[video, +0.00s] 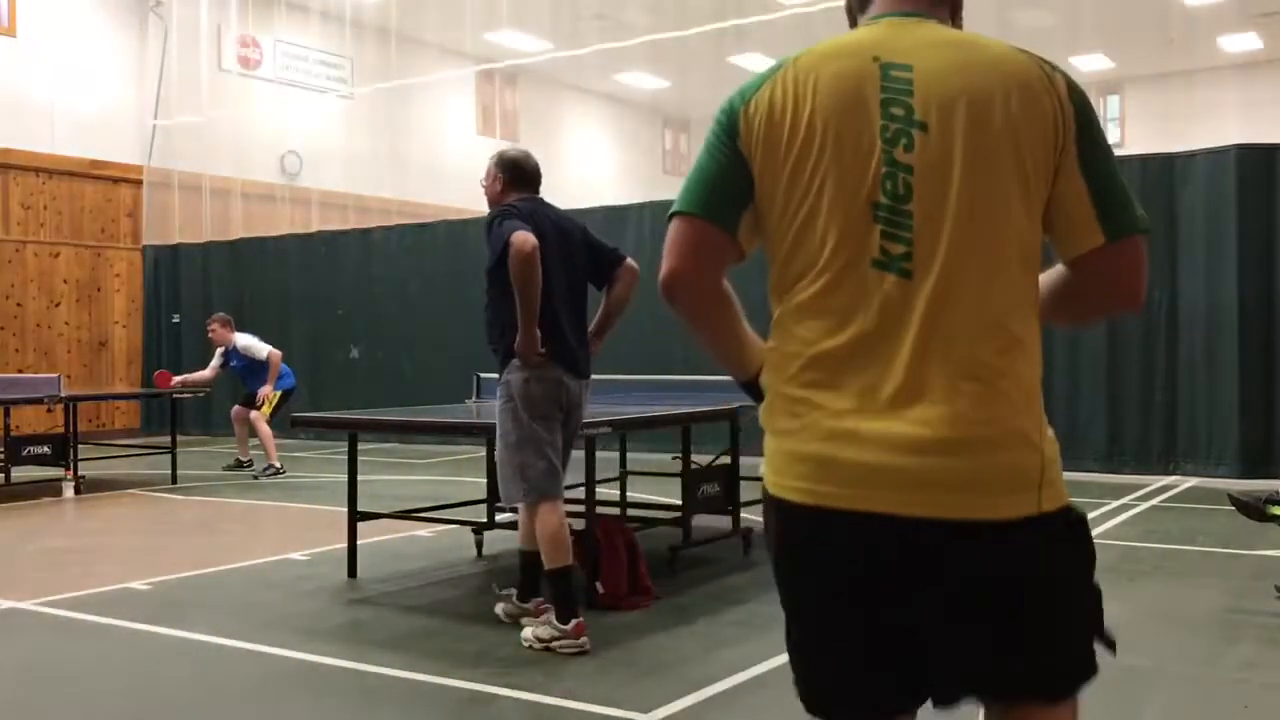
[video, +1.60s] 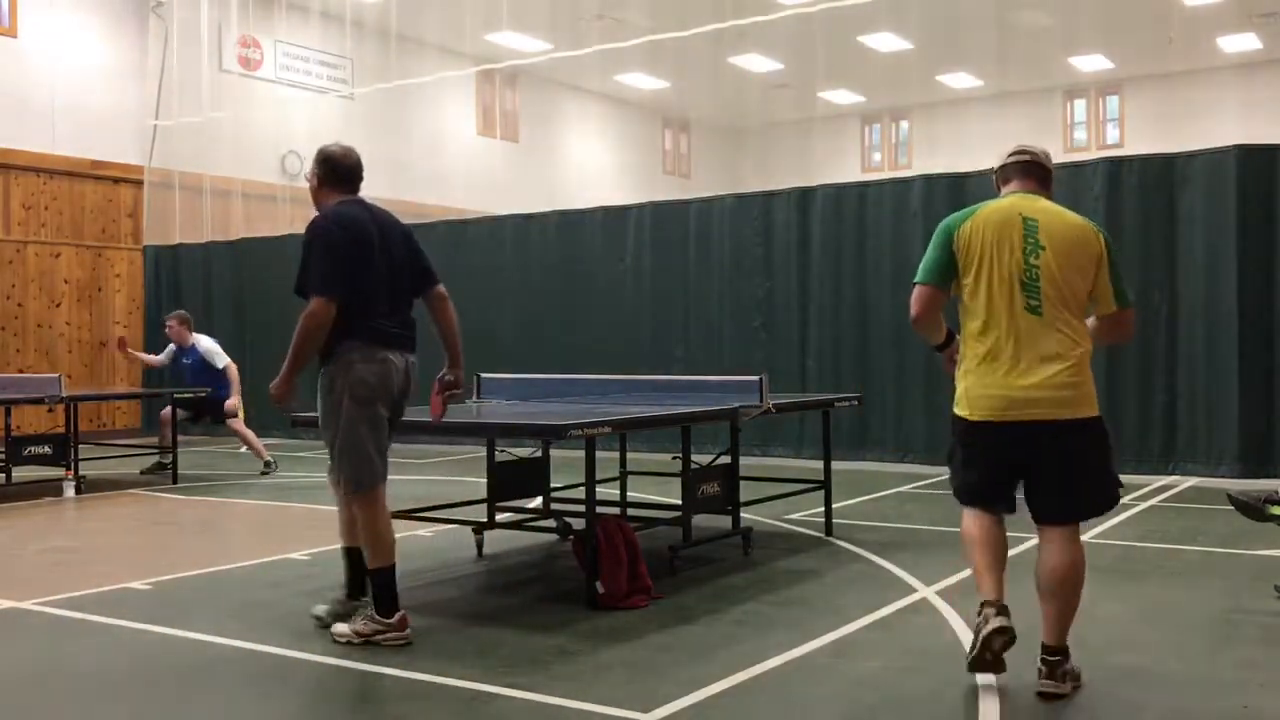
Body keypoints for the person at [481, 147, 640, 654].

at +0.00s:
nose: (483, 187)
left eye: (486, 180)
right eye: (485, 179)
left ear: (499, 181)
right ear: (534, 184)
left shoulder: (505, 214)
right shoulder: (565, 224)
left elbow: (525, 246)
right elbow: (626, 271)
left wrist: (528, 335)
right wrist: (594, 336)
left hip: (531, 373)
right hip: (571, 374)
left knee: (543, 497)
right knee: (536, 491)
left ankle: (568, 622)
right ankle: (531, 598)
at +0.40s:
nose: (470, 193)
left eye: (472, 186)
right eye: (471, 186)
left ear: (484, 183)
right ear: (515, 185)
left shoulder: (488, 207)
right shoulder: (548, 225)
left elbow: (515, 224)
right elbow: (604, 275)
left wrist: (507, 309)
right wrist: (563, 330)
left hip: (504, 351)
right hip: (547, 358)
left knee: (462, 474)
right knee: (523, 483)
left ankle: (501, 595)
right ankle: (530, 600)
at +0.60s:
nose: (454, 196)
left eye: (456, 189)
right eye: (455, 190)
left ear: (467, 187)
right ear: (501, 188)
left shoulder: (472, 209)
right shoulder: (536, 225)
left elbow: (493, 223)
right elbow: (595, 265)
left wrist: (489, 302)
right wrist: (551, 315)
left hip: (489, 349)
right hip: (533, 355)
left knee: (455, 475)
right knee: (511, 478)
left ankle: (418, 605)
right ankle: (528, 598)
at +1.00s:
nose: (399, 196)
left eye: (400, 189)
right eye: (400, 189)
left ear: (409, 190)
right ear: (450, 191)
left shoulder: (410, 216)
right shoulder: (480, 226)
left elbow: (413, 243)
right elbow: (543, 267)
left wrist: (415, 322)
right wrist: (506, 319)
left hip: (431, 360)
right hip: (482, 366)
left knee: (392, 480)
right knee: (483, 482)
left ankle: (388, 614)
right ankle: (526, 598)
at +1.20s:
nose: (364, 195)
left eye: (366, 188)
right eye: (367, 188)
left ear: (375, 188)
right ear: (412, 187)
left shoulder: (374, 220)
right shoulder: (445, 226)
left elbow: (370, 264)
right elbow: (503, 277)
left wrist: (349, 339)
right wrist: (480, 338)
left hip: (391, 365)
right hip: (445, 367)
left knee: (375, 488)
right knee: (448, 485)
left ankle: (387, 614)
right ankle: (505, 592)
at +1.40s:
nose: (336, 191)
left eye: (337, 184)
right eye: (338, 185)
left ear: (345, 185)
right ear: (384, 184)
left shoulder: (346, 222)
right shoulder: (417, 224)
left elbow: (344, 294)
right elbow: (470, 289)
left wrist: (306, 371)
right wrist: (476, 357)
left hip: (369, 366)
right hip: (418, 367)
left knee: (366, 490)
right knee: (404, 483)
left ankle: (387, 615)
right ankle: (445, 591)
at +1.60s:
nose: (309, 190)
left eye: (309, 182)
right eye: (312, 182)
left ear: (317, 182)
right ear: (356, 182)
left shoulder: (327, 226)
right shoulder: (391, 225)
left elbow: (321, 307)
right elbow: (437, 296)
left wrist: (287, 374)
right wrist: (455, 366)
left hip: (356, 364)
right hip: (397, 362)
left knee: (366, 488)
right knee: (347, 478)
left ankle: (387, 614)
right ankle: (357, 593)